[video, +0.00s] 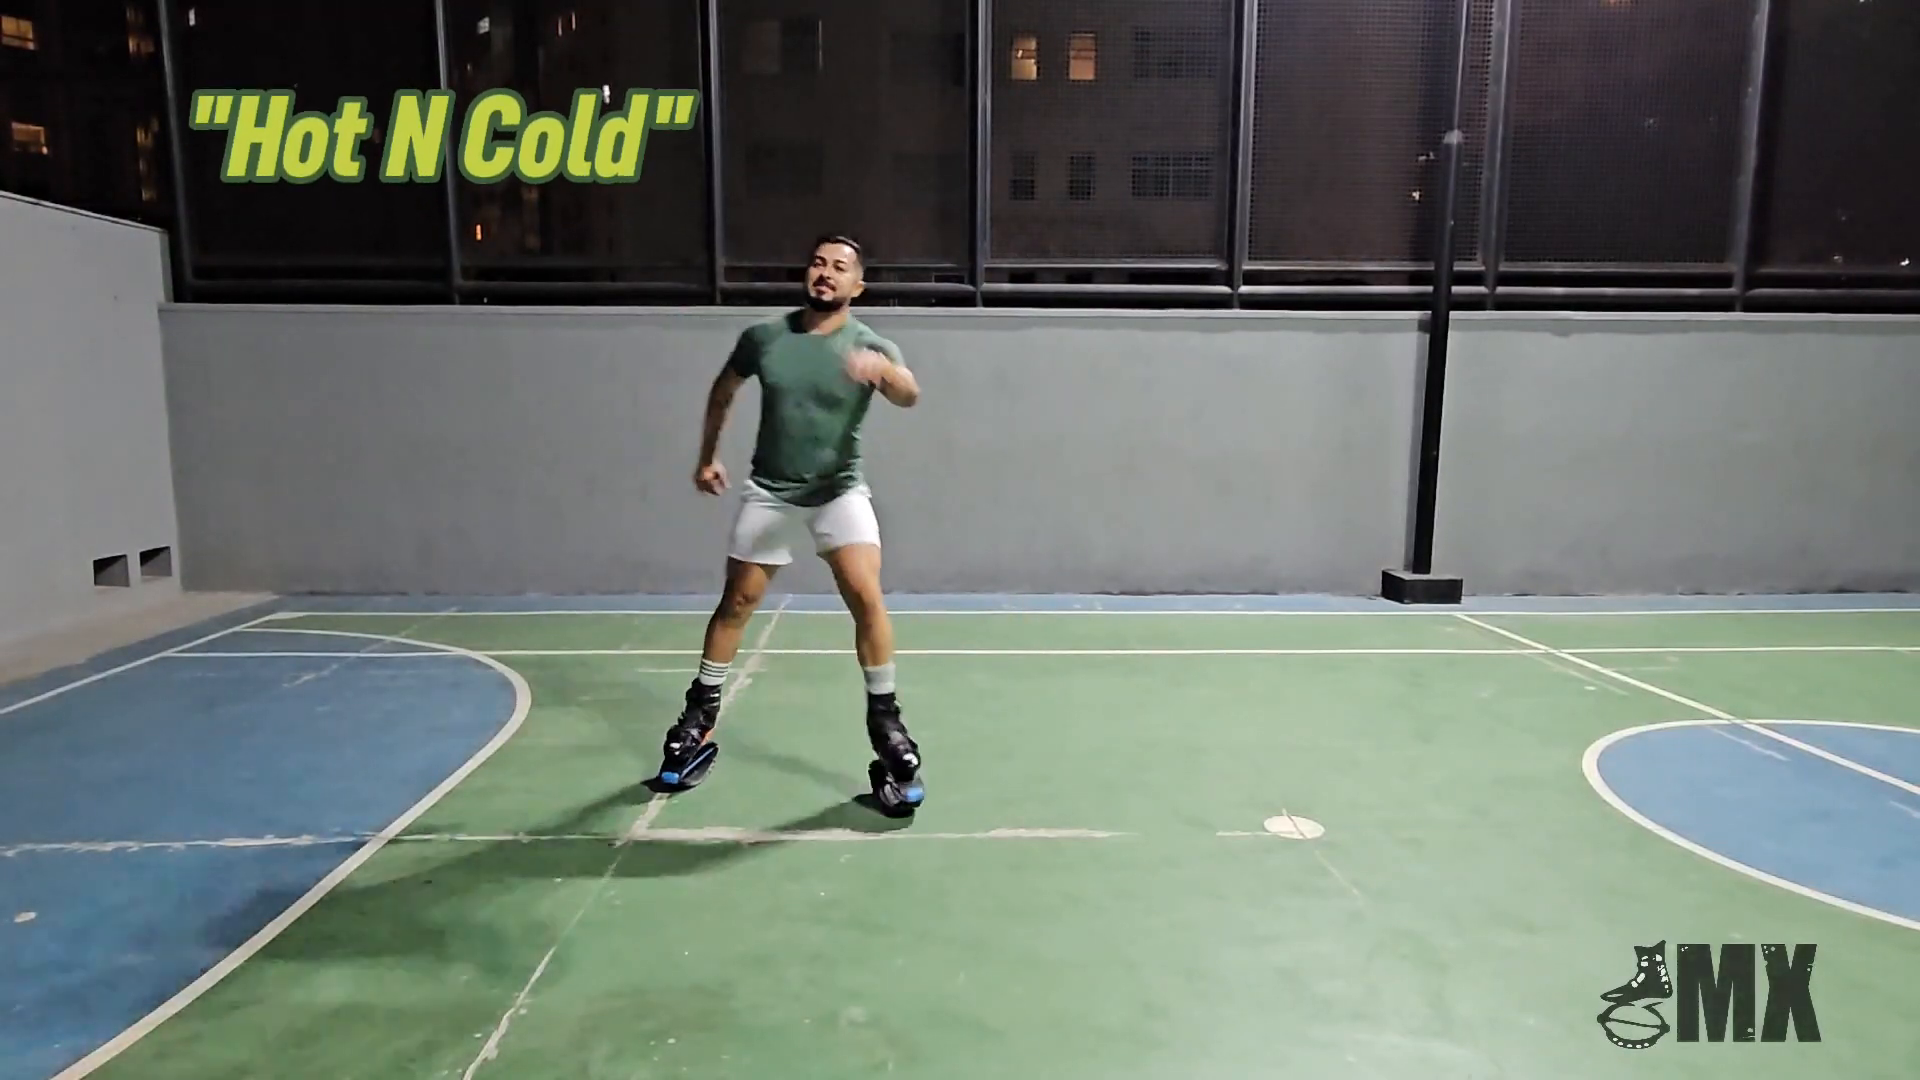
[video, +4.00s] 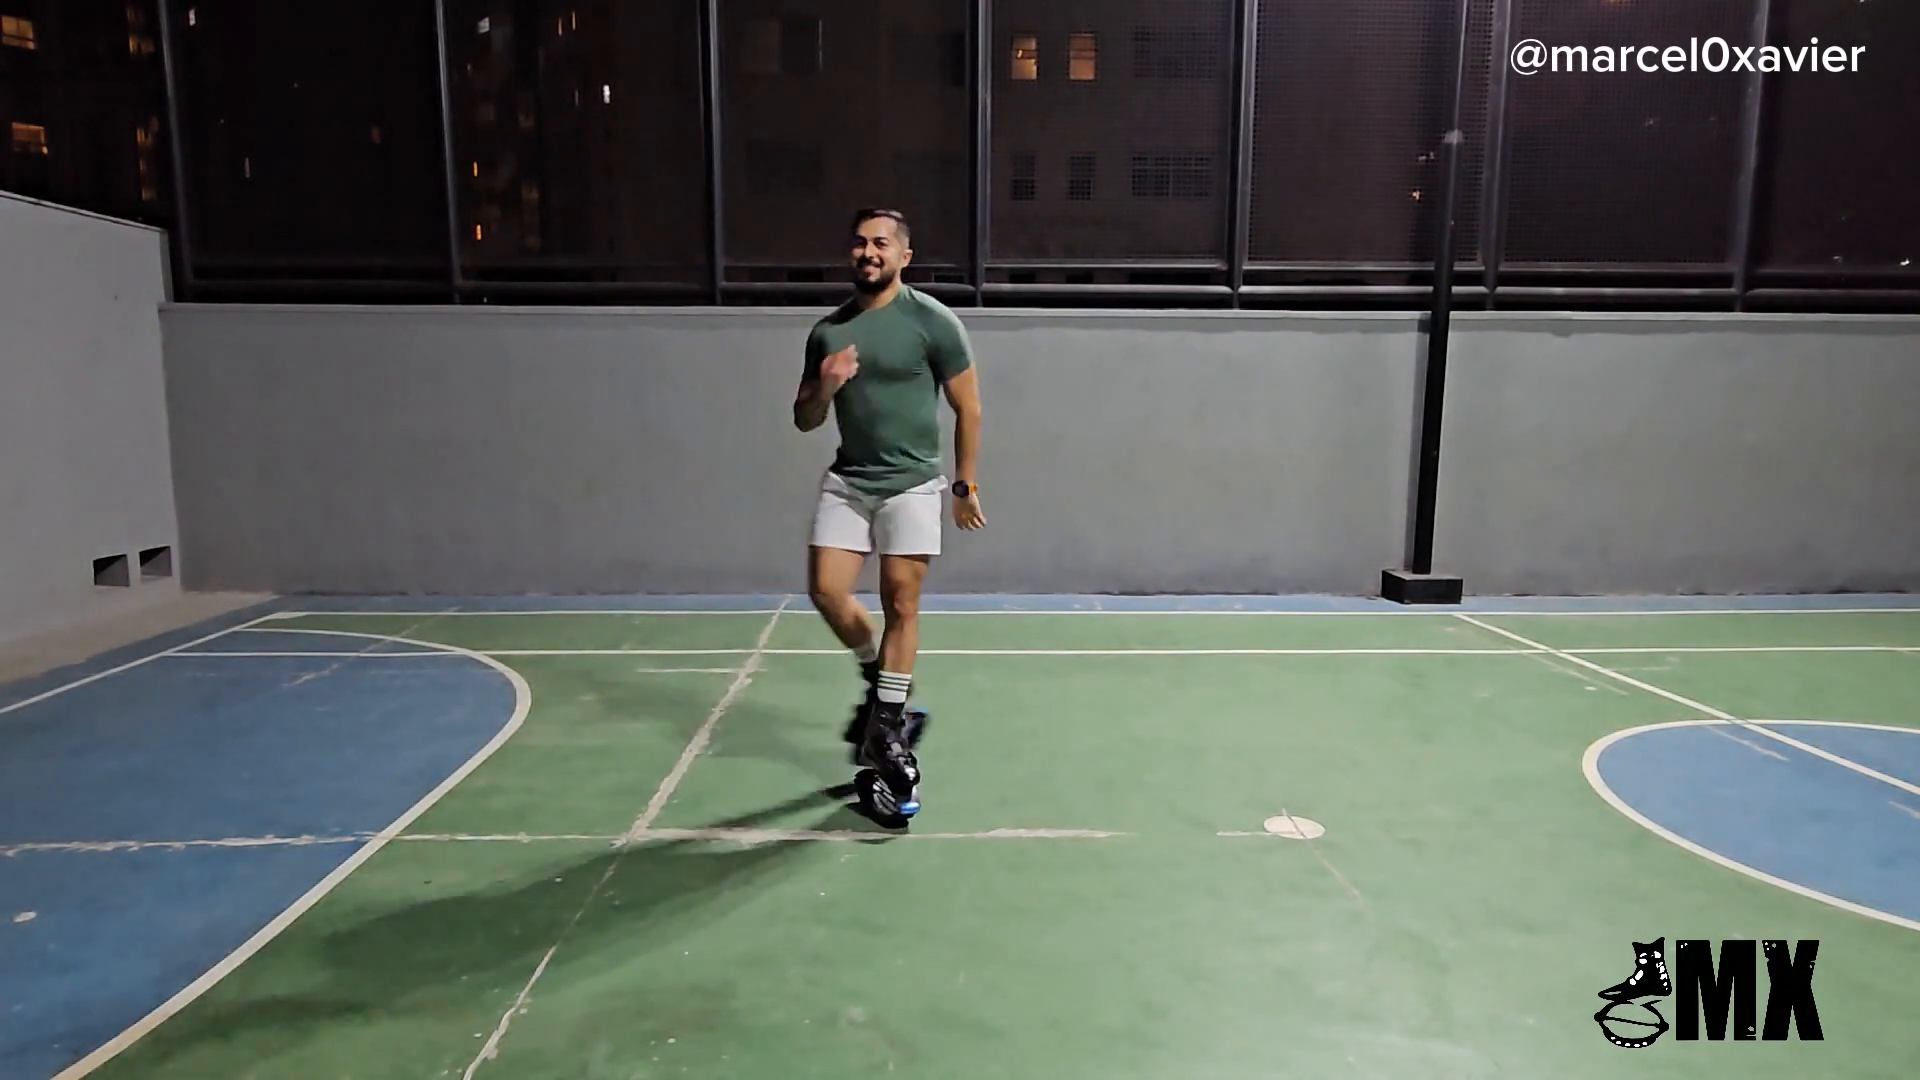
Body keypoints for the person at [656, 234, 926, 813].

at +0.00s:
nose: (825, 272)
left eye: (838, 266)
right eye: (818, 263)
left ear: (858, 285)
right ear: (804, 276)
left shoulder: (871, 345)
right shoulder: (763, 338)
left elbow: (909, 396)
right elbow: (722, 392)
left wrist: (882, 374)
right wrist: (708, 456)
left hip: (839, 493)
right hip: (769, 493)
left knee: (867, 595)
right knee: (738, 601)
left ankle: (885, 718)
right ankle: (699, 715)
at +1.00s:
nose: (1059, 272)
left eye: (1067, 262)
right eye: (1047, 268)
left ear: (1086, 273)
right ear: (1036, 287)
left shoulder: (1122, 343)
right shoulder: (1012, 354)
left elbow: (1175, 412)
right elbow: (964, 414)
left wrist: (1233, 423)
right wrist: (905, 463)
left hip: (1111, 492)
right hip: (1042, 495)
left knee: (1128, 597)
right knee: (1011, 597)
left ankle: (1133, 712)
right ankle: (1006, 698)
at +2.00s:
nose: (977, 261)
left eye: (984, 252)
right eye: (964, 256)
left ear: (1001, 267)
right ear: (948, 275)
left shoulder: (1029, 336)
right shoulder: (926, 337)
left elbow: (1065, 422)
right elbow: (887, 426)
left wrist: (1052, 393)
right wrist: (873, 507)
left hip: (1020, 487)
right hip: (955, 490)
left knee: (1060, 594)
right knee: (956, 602)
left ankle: (1077, 694)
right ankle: (958, 726)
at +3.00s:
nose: (792, 270)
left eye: (796, 260)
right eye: (781, 259)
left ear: (796, 267)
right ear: (747, 263)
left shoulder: (809, 333)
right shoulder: (696, 320)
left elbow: (851, 403)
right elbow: (647, 383)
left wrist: (872, 425)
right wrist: (627, 393)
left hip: (780, 471)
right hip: (713, 475)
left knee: (806, 577)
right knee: (703, 586)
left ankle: (813, 684)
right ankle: (693, 708)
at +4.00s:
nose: (866, 252)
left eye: (879, 243)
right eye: (859, 243)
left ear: (905, 254)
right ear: (850, 253)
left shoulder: (936, 323)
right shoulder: (828, 333)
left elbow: (968, 406)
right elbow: (806, 420)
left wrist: (965, 484)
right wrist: (823, 388)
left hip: (915, 483)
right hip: (848, 481)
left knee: (900, 601)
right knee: (828, 593)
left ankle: (888, 732)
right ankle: (883, 676)